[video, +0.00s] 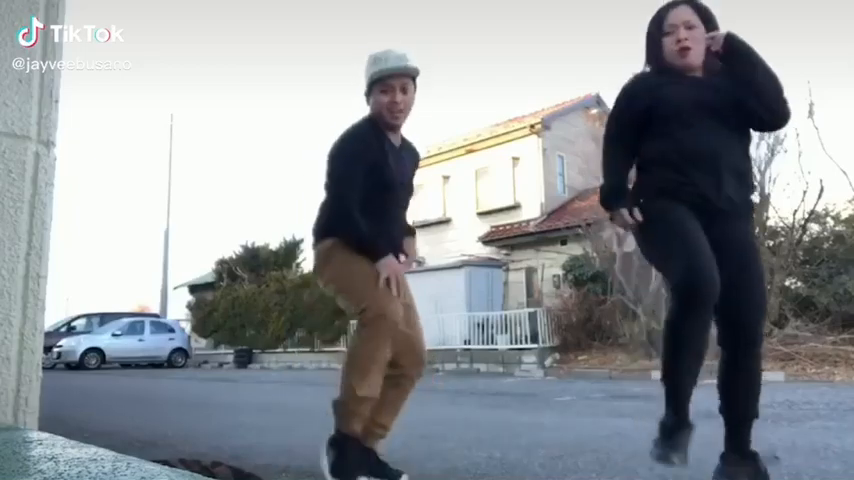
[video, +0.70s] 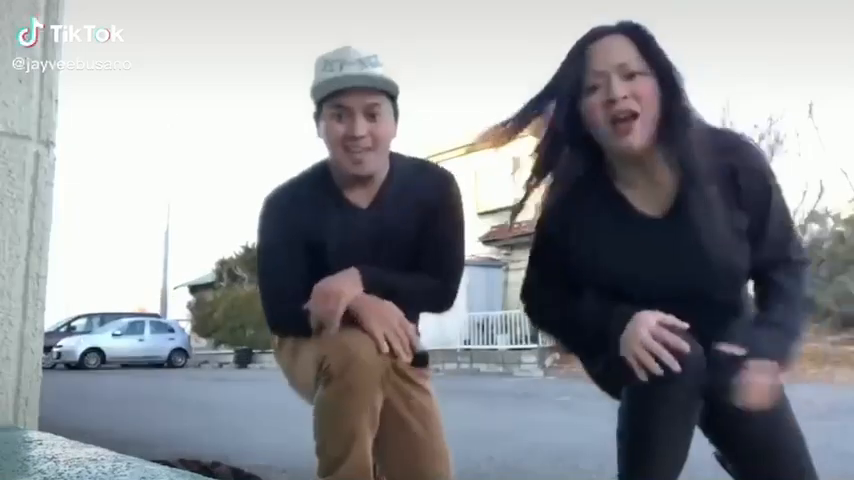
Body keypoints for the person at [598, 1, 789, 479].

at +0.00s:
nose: (681, 36)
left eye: (690, 28)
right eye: (671, 31)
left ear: (709, 38)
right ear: (657, 45)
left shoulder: (732, 82)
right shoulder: (644, 87)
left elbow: (776, 115)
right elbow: (617, 143)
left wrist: (736, 49)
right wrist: (615, 196)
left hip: (730, 213)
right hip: (664, 208)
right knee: (698, 284)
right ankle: (676, 423)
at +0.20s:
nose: (683, 65)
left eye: (693, 54)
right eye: (671, 59)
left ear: (713, 62)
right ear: (660, 74)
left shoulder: (747, 115)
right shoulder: (639, 128)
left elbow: (748, 141)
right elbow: (625, 195)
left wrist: (689, 116)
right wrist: (649, 246)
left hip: (745, 256)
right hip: (672, 255)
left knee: (783, 389)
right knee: (669, 351)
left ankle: (731, 466)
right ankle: (657, 470)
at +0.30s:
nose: (666, 58)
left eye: (677, 47)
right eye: (653, 52)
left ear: (701, 57)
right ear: (641, 70)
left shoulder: (737, 102)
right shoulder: (627, 131)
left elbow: (733, 145)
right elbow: (620, 207)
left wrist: (645, 150)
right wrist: (659, 254)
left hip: (740, 269)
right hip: (661, 269)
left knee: (791, 415)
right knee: (670, 359)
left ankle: (733, 467)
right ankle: (640, 474)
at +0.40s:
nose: (643, 53)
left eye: (656, 40)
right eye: (628, 46)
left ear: (681, 51)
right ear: (612, 68)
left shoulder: (726, 107)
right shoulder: (602, 144)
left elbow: (760, 152)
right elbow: (593, 224)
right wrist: (646, 268)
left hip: (728, 286)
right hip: (641, 287)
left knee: (803, 447)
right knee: (673, 342)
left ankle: (742, 462)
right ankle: (639, 473)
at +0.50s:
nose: (628, 60)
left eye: (641, 45)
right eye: (609, 53)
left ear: (669, 57)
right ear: (593, 77)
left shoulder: (726, 130)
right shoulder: (583, 167)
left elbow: (814, 207)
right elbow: (569, 245)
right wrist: (628, 284)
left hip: (727, 314)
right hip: (627, 313)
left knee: (806, 472)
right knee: (677, 343)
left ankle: (746, 460)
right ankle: (640, 472)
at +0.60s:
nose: (619, 78)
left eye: (633, 59)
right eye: (598, 70)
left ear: (665, 69)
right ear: (584, 95)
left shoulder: (725, 149)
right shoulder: (575, 188)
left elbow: (790, 238)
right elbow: (554, 274)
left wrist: (841, 312)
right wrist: (624, 303)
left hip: (723, 326)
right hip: (623, 332)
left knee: (799, 473)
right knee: (679, 352)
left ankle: (742, 461)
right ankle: (645, 474)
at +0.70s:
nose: (616, 94)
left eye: (631, 75)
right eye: (594, 87)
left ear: (662, 87)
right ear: (578, 112)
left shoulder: (732, 163)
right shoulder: (571, 202)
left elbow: (785, 264)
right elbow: (541, 296)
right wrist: (618, 327)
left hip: (731, 349)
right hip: (634, 357)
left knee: (792, 472)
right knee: (676, 364)